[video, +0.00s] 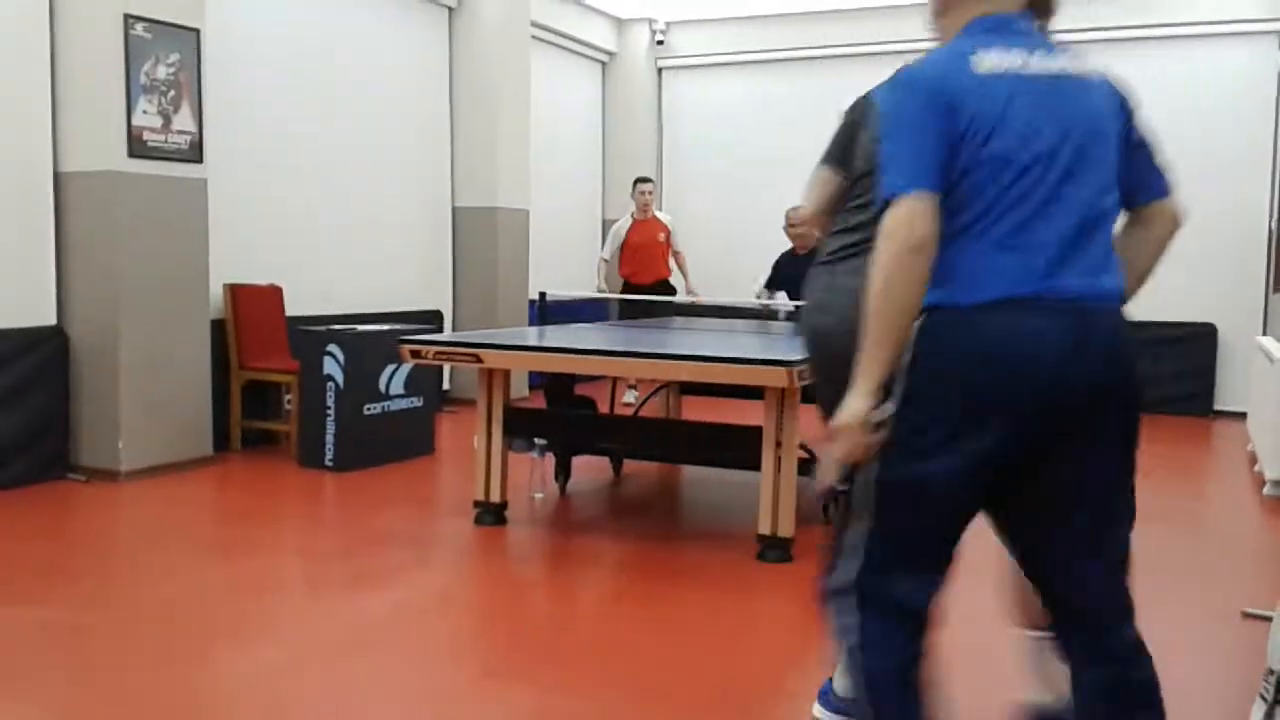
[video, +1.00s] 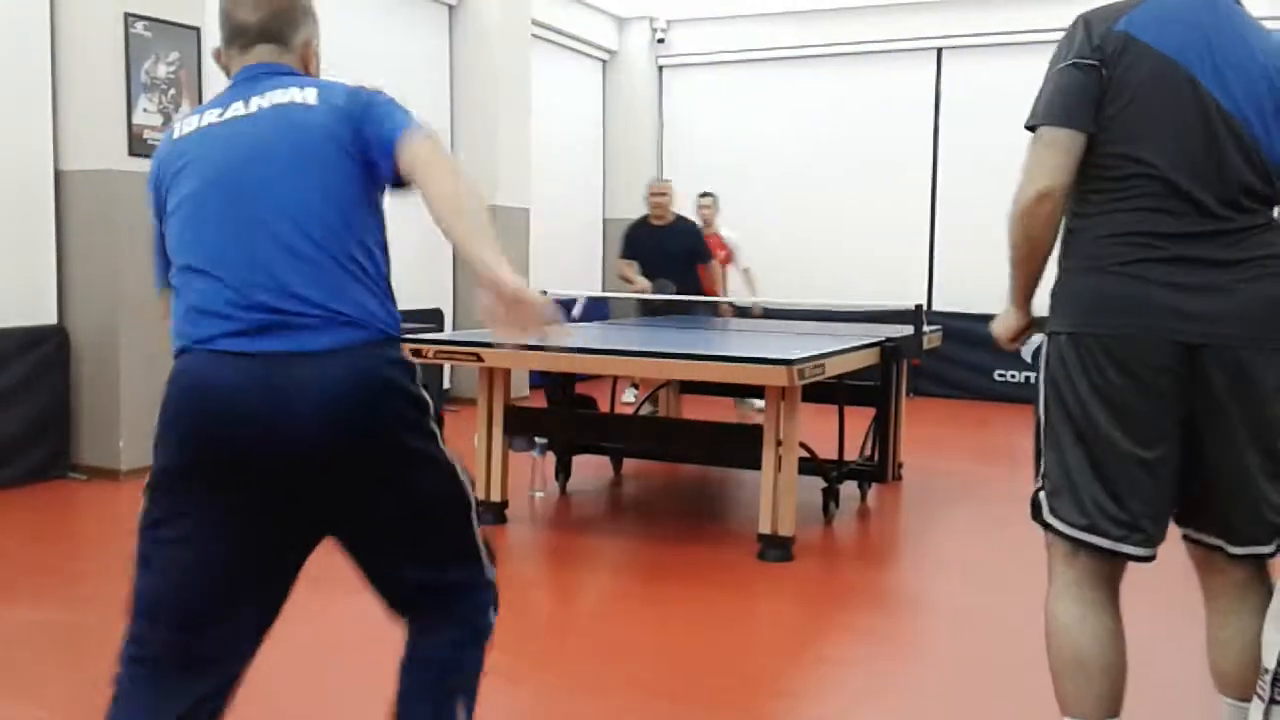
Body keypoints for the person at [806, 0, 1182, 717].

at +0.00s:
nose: (931, 12)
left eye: (933, 8)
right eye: (933, 10)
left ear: (946, 5)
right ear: (1029, 6)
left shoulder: (924, 84)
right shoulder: (1098, 89)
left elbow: (912, 231)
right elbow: (1158, 214)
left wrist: (864, 390)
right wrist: (1085, 306)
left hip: (968, 356)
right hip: (1091, 356)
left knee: (891, 588)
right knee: (1094, 605)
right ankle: (1121, 706)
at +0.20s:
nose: (1132, 25)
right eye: (1134, 18)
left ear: (1056, 9)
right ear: (1129, 18)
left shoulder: (974, 81)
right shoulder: (1142, 112)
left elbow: (926, 216)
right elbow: (1177, 272)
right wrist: (1208, 370)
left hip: (959, 349)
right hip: (1064, 360)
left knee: (941, 516)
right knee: (1163, 542)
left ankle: (858, 681)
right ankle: (1229, 708)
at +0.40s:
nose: (1233, 10)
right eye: (1233, 5)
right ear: (1229, 8)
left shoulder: (1071, 73)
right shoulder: (1256, 105)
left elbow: (1001, 211)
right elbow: (1278, 269)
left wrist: (1046, 281)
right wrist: (1272, 360)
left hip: (1044, 334)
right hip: (1166, 349)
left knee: (1043, 504)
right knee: (1238, 553)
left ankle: (927, 671)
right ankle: (1245, 707)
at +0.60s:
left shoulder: (1125, 37)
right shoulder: (1278, 48)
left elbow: (1037, 184)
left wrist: (1070, 285)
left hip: (1090, 318)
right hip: (1232, 332)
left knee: (1053, 519)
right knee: (1245, 553)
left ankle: (1034, 711)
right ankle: (1250, 712)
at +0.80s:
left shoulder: (1125, 33)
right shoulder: (1277, 42)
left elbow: (1047, 190)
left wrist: (1056, 290)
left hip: (1112, 326)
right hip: (1253, 337)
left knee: (1074, 546)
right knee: (1246, 560)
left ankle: (1088, 714)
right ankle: (1245, 712)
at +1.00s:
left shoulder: (1103, 31)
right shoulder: (1269, 49)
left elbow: (1042, 190)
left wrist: (1019, 301)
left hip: (1111, 330)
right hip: (1251, 335)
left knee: (1084, 565)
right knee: (1235, 557)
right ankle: (1244, 712)